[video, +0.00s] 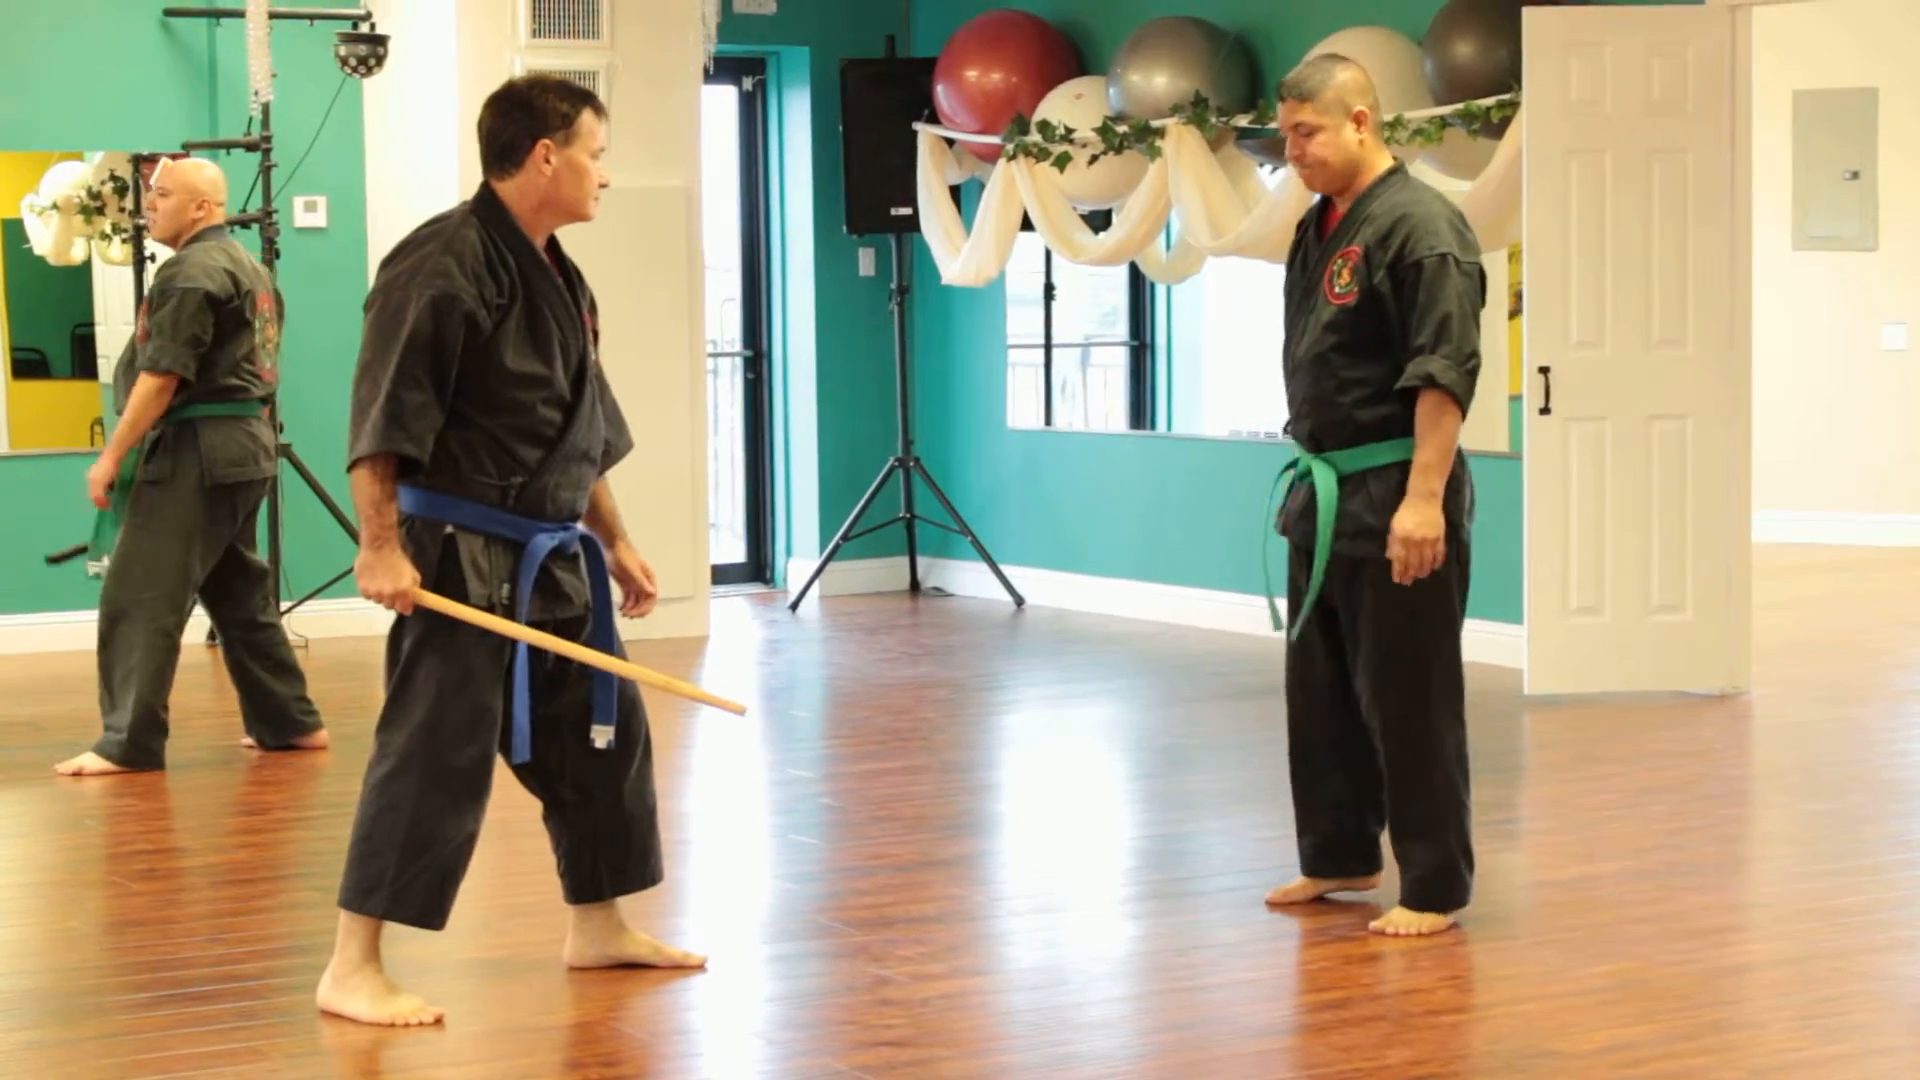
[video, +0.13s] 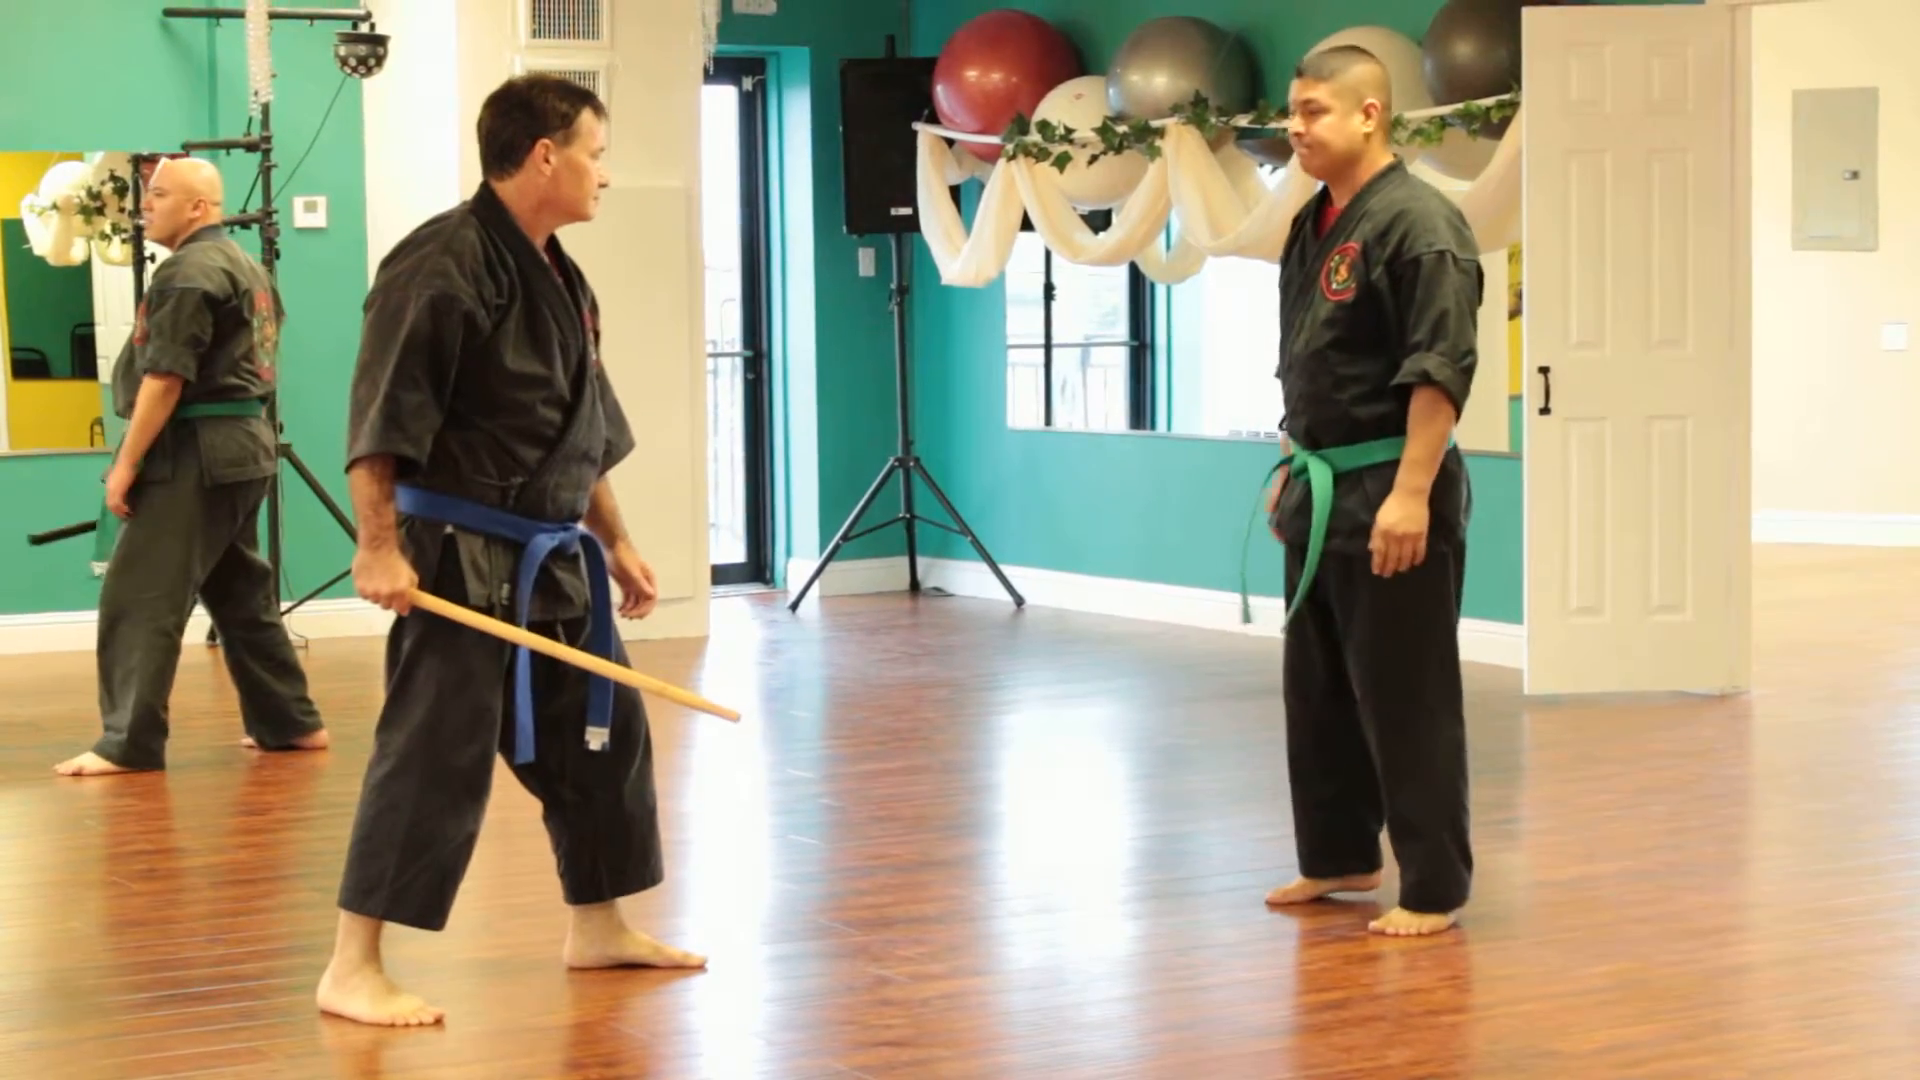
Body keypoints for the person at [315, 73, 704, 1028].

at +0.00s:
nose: (605, 175)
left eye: (605, 156)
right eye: (597, 155)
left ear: (548, 158)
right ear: (545, 156)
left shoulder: (559, 276)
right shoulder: (439, 262)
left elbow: (572, 428)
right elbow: (378, 412)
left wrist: (615, 539)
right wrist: (380, 541)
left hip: (558, 545)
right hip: (461, 543)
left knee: (600, 726)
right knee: (427, 747)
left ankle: (598, 926)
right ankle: (351, 967)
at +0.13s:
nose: (605, 175)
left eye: (605, 156)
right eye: (597, 155)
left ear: (547, 158)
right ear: (544, 157)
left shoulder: (560, 276)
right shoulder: (438, 263)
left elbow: (575, 428)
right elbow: (376, 411)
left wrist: (615, 539)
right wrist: (378, 541)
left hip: (557, 545)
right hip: (460, 543)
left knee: (601, 726)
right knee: (427, 748)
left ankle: (598, 927)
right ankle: (351, 967)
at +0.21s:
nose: (605, 174)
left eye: (605, 156)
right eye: (597, 155)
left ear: (548, 158)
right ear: (544, 157)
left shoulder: (563, 277)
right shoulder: (438, 263)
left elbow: (578, 429)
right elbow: (376, 411)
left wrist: (617, 539)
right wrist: (377, 541)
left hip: (558, 546)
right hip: (460, 544)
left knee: (601, 727)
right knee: (427, 748)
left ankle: (598, 927)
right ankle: (351, 967)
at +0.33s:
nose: (606, 175)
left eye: (605, 156)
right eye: (597, 156)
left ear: (548, 158)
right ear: (544, 157)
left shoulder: (564, 276)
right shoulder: (439, 262)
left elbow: (578, 428)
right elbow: (376, 410)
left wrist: (618, 539)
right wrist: (376, 542)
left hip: (558, 546)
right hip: (459, 544)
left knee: (600, 728)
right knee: (427, 748)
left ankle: (597, 928)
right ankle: (352, 967)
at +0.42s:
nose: (606, 175)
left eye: (605, 156)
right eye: (597, 156)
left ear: (548, 159)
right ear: (544, 157)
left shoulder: (564, 276)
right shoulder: (439, 262)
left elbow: (579, 428)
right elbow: (376, 410)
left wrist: (617, 539)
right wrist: (376, 542)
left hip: (558, 546)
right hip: (459, 544)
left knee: (600, 728)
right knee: (427, 748)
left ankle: (598, 928)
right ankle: (352, 967)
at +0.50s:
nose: (605, 175)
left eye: (604, 156)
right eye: (596, 156)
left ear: (548, 158)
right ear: (543, 156)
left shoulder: (564, 276)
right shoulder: (439, 261)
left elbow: (580, 428)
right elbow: (376, 409)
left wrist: (618, 539)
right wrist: (375, 542)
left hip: (559, 546)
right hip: (459, 543)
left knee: (600, 727)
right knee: (427, 747)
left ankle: (598, 928)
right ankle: (352, 967)